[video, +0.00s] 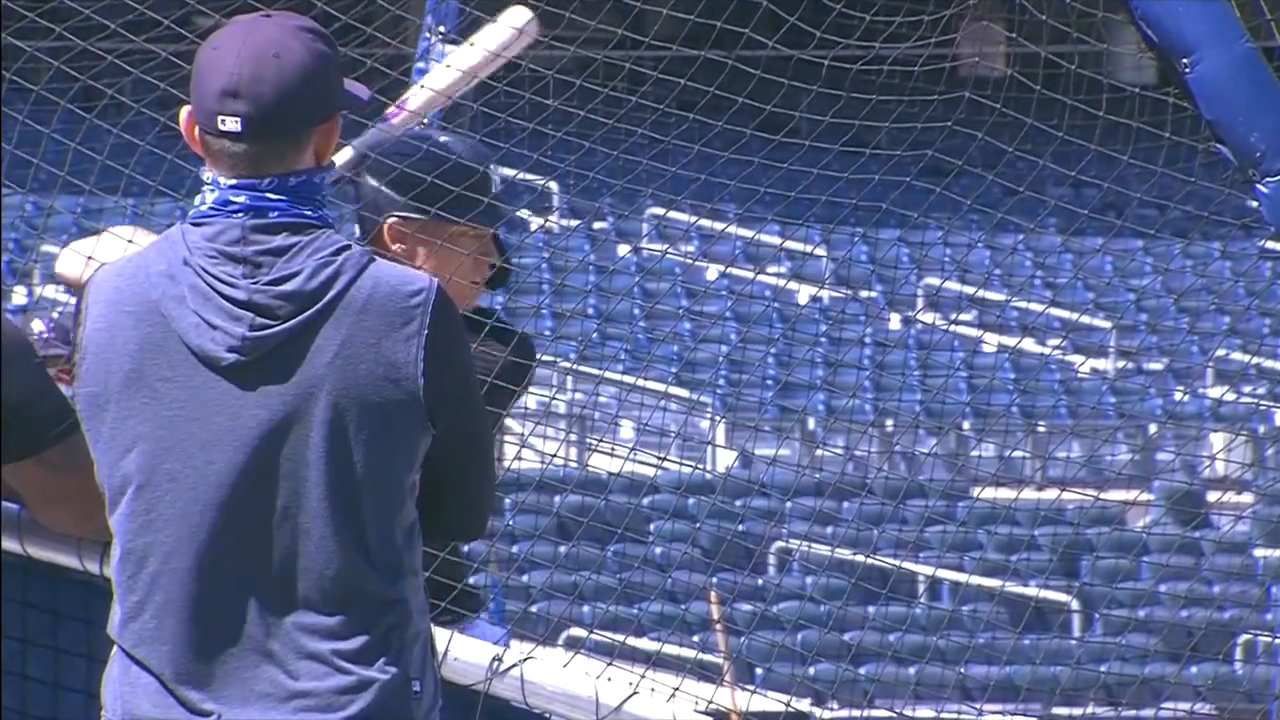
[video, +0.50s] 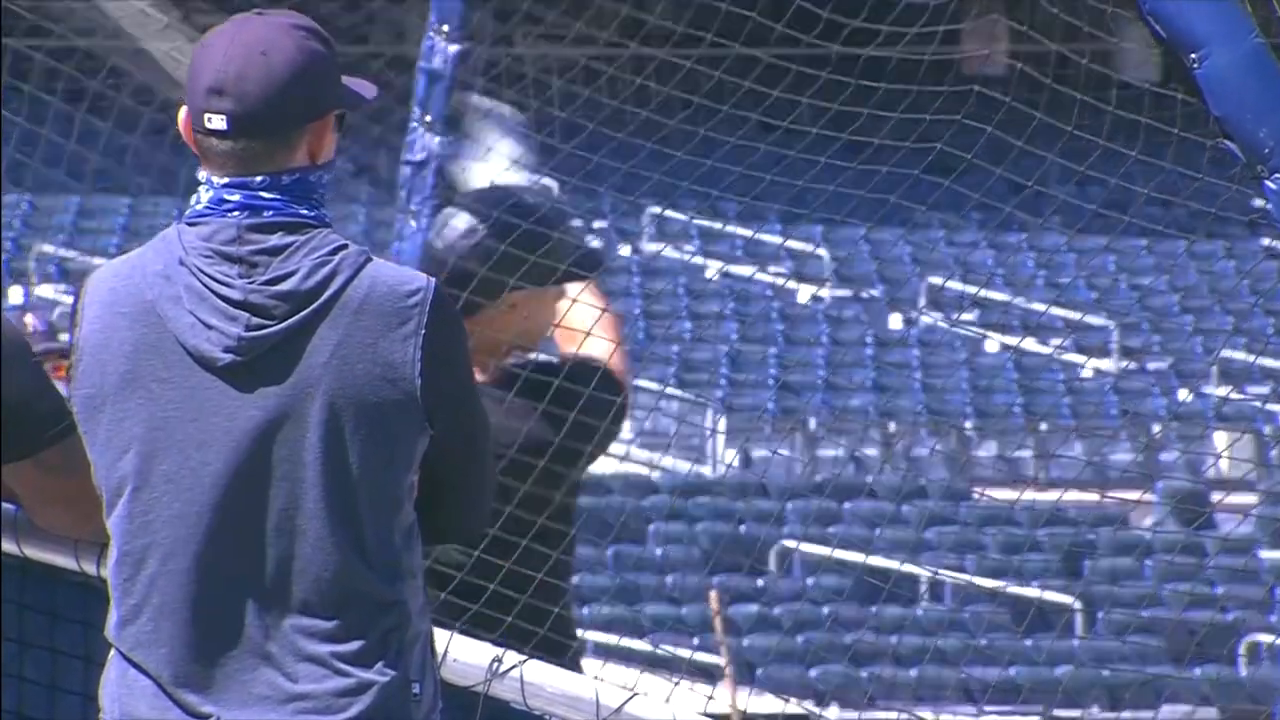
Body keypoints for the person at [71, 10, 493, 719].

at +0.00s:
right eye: (342, 127)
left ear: (189, 135)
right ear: (330, 141)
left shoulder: (110, 298)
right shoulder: (411, 307)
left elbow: (125, 478)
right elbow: (462, 508)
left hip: (150, 699)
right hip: (353, 697)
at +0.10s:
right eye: (340, 126)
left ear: (188, 134)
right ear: (328, 141)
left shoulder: (109, 294)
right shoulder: (411, 309)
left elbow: (123, 477)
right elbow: (461, 506)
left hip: (150, 699)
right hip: (352, 697)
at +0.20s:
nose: (339, 137)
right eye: (339, 125)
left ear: (188, 134)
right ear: (327, 140)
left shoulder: (108, 297)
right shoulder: (407, 306)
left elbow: (125, 479)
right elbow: (457, 509)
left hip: (148, 699)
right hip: (351, 698)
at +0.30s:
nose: (343, 136)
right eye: (341, 125)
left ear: (188, 132)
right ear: (325, 140)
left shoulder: (106, 298)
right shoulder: (409, 309)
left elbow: (123, 485)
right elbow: (458, 514)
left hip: (145, 699)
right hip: (351, 699)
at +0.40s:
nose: (338, 138)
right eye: (339, 126)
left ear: (186, 134)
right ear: (326, 140)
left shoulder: (107, 298)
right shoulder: (410, 308)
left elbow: (122, 482)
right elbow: (457, 511)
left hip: (148, 700)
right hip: (352, 699)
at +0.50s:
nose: (340, 133)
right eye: (340, 122)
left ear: (186, 134)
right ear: (324, 139)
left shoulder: (106, 298)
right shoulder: (408, 308)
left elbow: (121, 482)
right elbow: (458, 510)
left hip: (148, 700)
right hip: (351, 698)